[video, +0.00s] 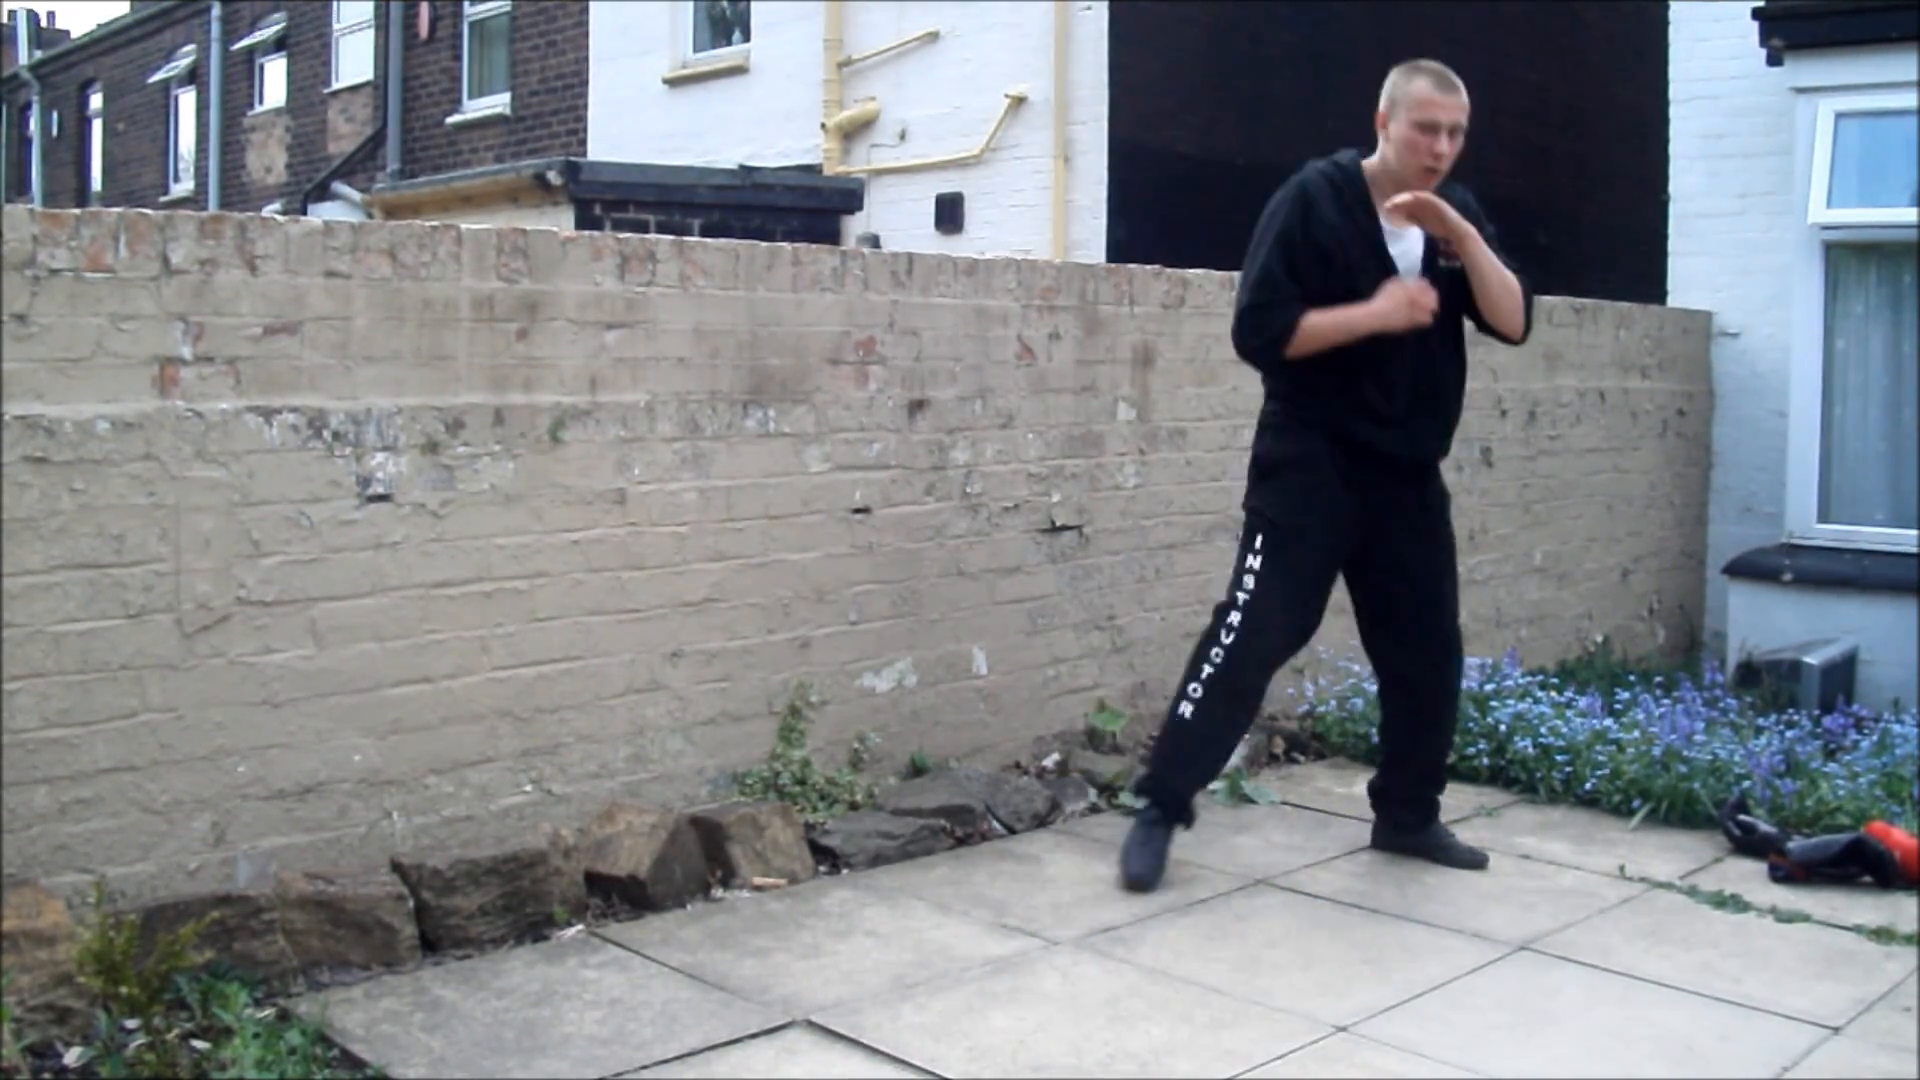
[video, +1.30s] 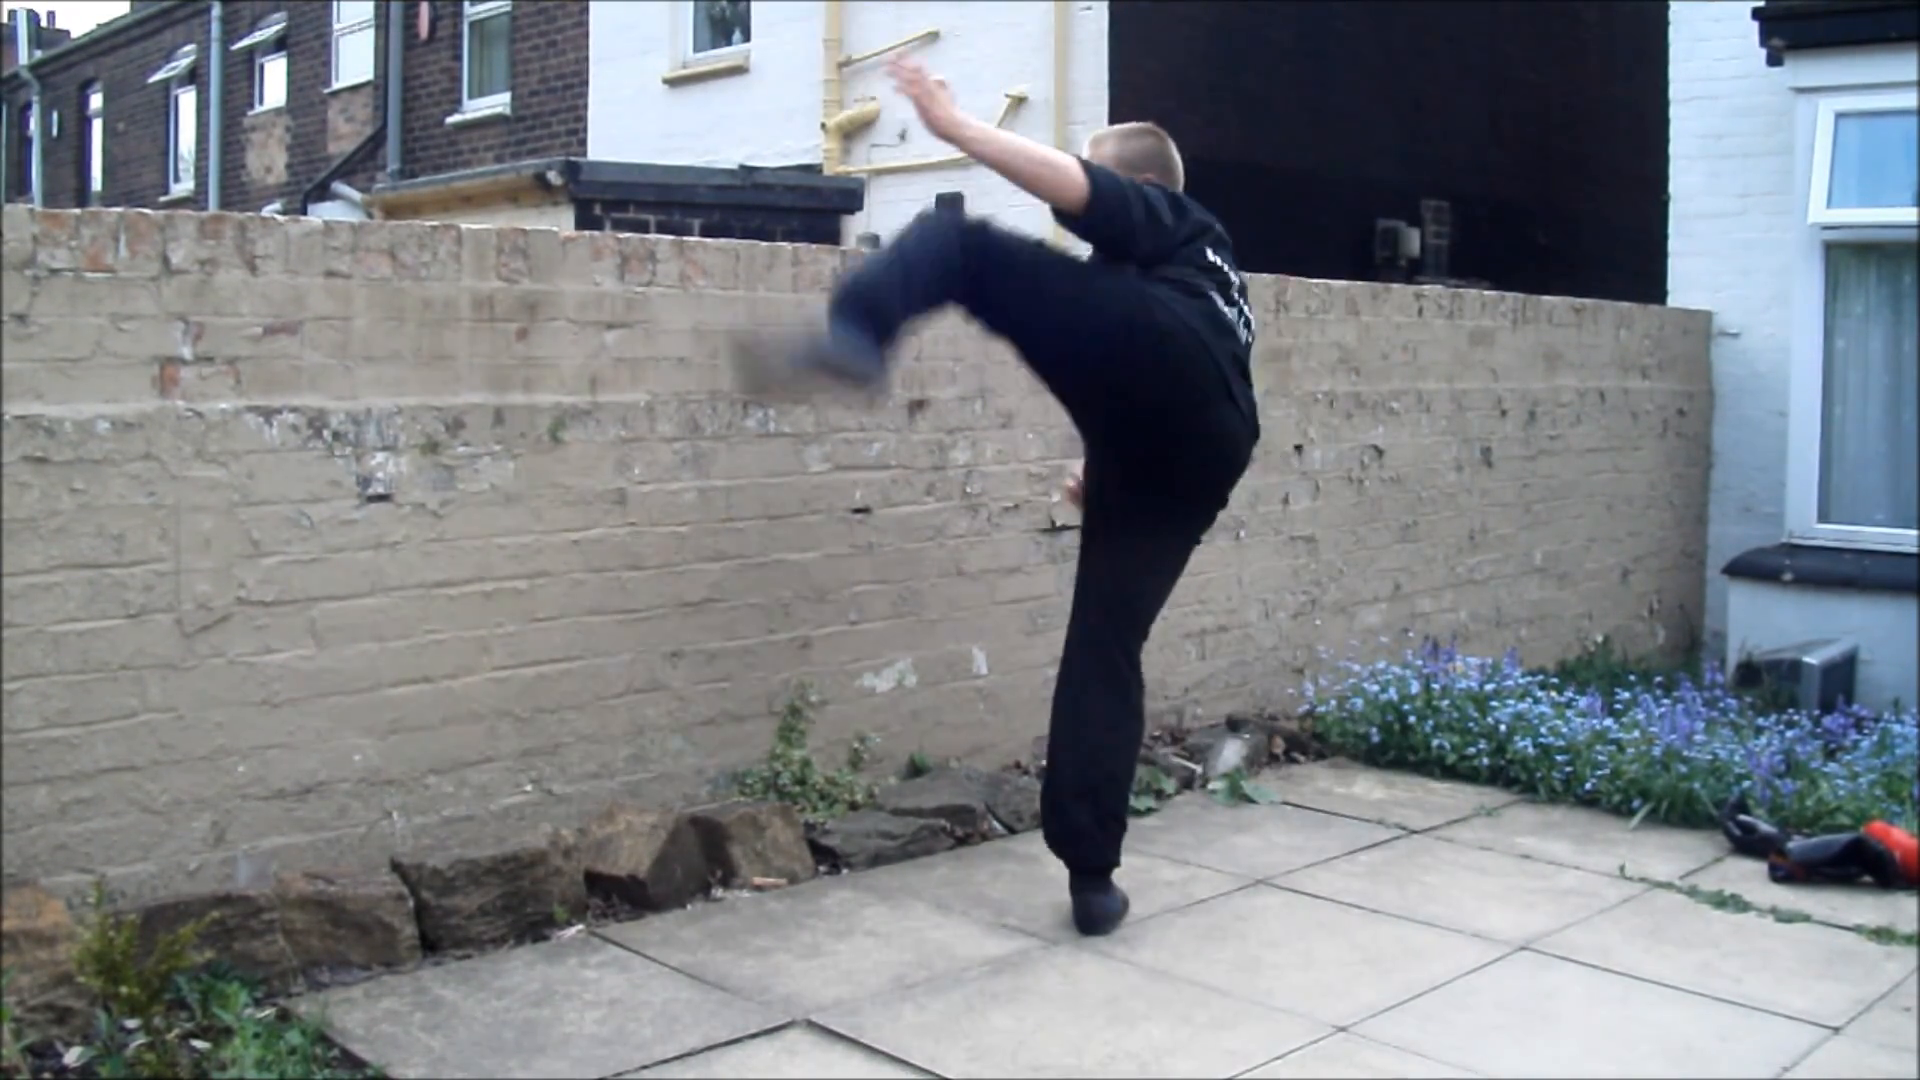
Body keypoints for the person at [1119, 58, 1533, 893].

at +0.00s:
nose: (1439, 146)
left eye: (1453, 133)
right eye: (1424, 128)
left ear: (1464, 139)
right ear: (1384, 123)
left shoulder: (1458, 216)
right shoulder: (1316, 196)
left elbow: (1512, 322)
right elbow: (1257, 332)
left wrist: (1461, 236)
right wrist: (1375, 312)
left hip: (1406, 476)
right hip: (1306, 469)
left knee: (1426, 654)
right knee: (1252, 635)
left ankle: (1407, 818)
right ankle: (1159, 809)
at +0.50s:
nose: (1379, 131)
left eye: (1395, 116)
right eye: (1363, 116)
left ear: (1422, 123)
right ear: (1339, 122)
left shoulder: (1450, 209)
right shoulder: (1291, 200)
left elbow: (1476, 305)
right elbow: (1194, 311)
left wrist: (1424, 202)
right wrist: (1263, 257)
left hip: (1395, 474)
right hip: (1289, 467)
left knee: (1404, 647)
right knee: (1238, 640)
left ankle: (1404, 814)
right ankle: (1148, 824)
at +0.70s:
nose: (1279, 138)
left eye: (1298, 121)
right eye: (1269, 123)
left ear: (1344, 131)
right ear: (1260, 133)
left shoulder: (1387, 237)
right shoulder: (1234, 219)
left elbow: (1360, 370)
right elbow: (1155, 314)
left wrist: (1325, 254)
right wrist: (1174, 231)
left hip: (1355, 500)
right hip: (1242, 486)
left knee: (1378, 670)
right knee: (1170, 640)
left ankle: (1403, 819)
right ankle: (1169, 843)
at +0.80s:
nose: (1233, 136)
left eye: (1253, 122)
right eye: (1229, 125)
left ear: (1303, 134)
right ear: (1228, 137)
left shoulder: (1330, 206)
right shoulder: (1233, 237)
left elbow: (1248, 263)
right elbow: (1220, 388)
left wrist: (1169, 165)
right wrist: (1178, 349)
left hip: (1315, 488)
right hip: (1213, 485)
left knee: (1352, 660)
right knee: (1149, 648)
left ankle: (1412, 805)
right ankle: (1187, 855)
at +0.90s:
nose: (1180, 139)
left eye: (1199, 125)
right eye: (1179, 128)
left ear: (1254, 133)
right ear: (1196, 139)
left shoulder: (1269, 188)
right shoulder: (1219, 220)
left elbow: (1156, 177)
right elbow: (1203, 378)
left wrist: (1051, 106)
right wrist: (1120, 351)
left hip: (1265, 466)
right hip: (1184, 470)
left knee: (1269, 660)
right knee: (1124, 657)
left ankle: (1364, 799)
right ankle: (1185, 859)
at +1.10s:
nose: (1110, 169)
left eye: (1128, 156)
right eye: (1109, 155)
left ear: (1182, 165)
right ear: (1117, 164)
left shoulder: (1234, 201)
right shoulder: (1121, 282)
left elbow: (1213, 197)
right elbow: (1040, 370)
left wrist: (1092, 175)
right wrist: (975, 318)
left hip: (1237, 375)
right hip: (1179, 463)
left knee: (1043, 216)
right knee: (1134, 634)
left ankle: (963, 213)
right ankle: (1127, 859)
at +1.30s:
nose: (1083, 190)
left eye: (1092, 180)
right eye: (1086, 180)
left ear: (1121, 183)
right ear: (1176, 187)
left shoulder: (1163, 212)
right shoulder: (1212, 258)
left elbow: (1078, 186)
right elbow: (1187, 386)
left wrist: (956, 126)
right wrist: (1098, 470)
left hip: (1150, 360)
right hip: (1202, 453)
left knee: (959, 239)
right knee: (1107, 649)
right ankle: (1094, 879)